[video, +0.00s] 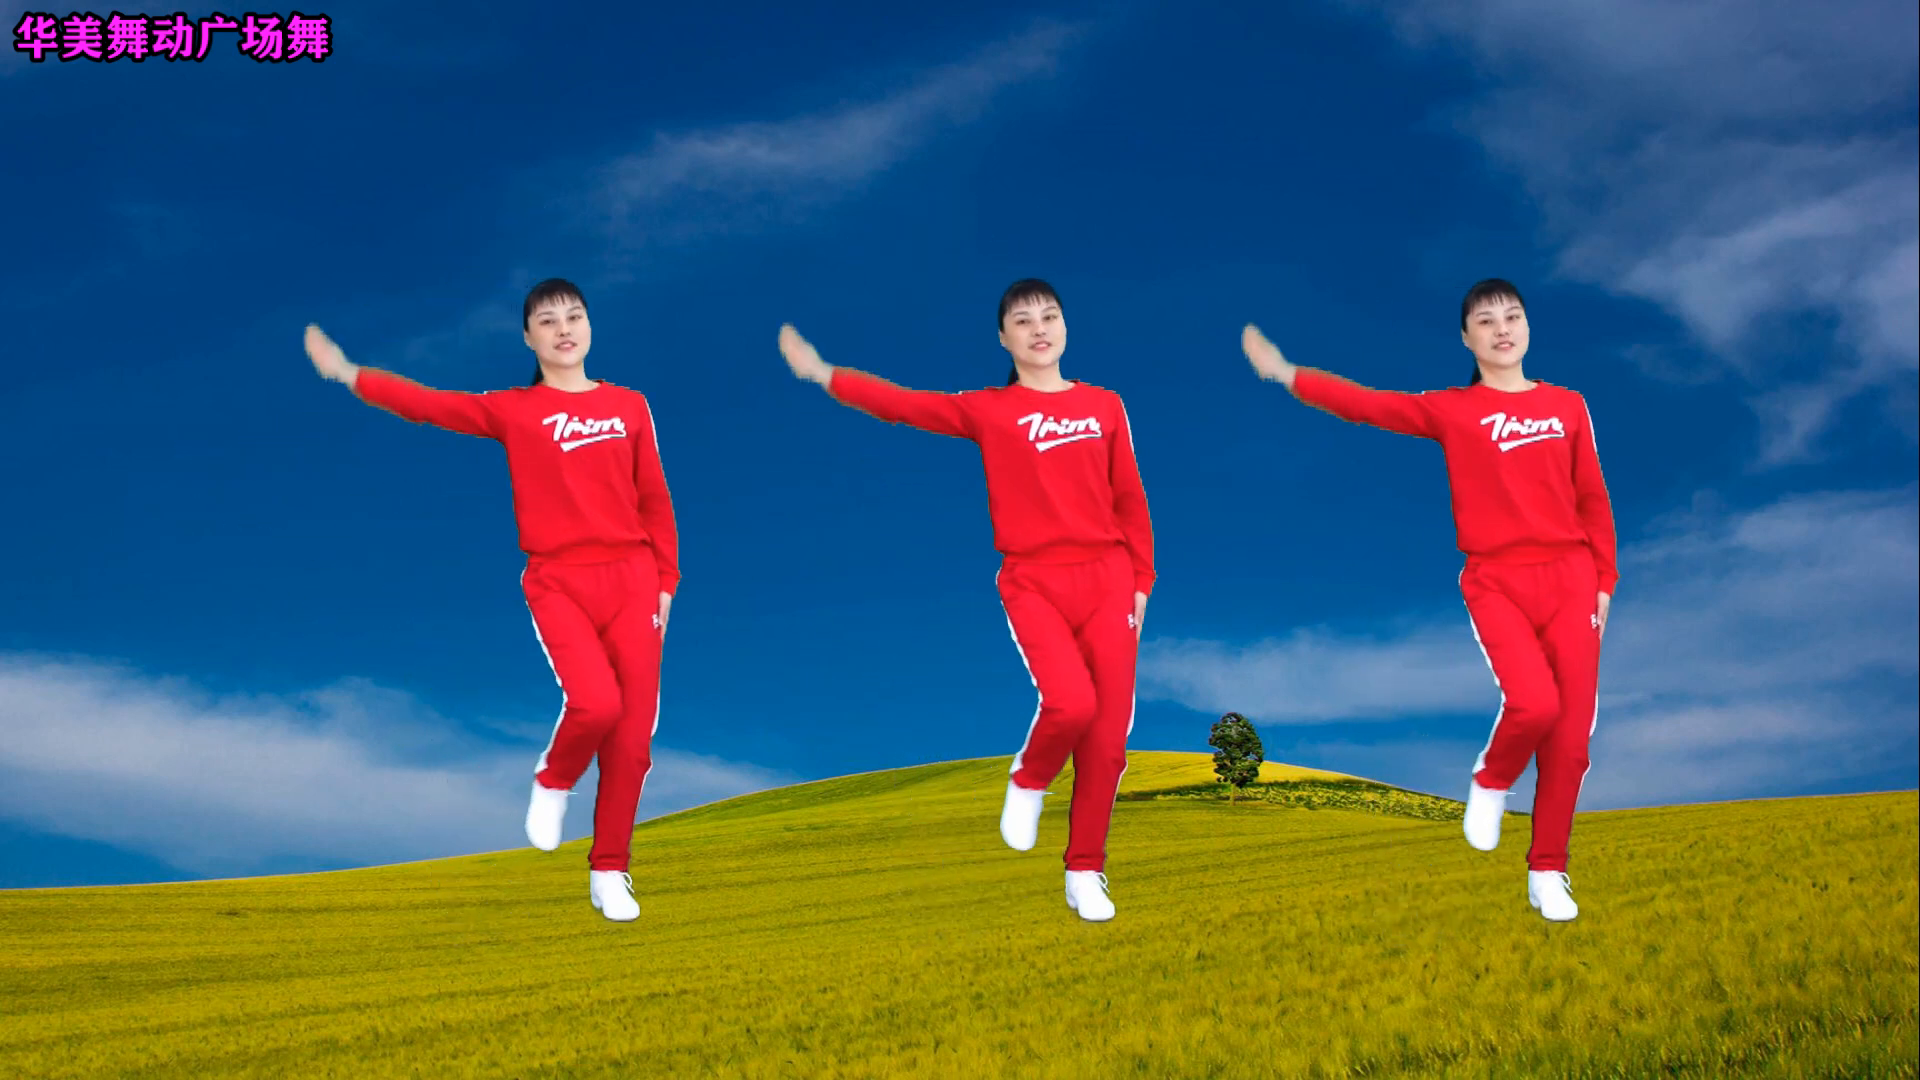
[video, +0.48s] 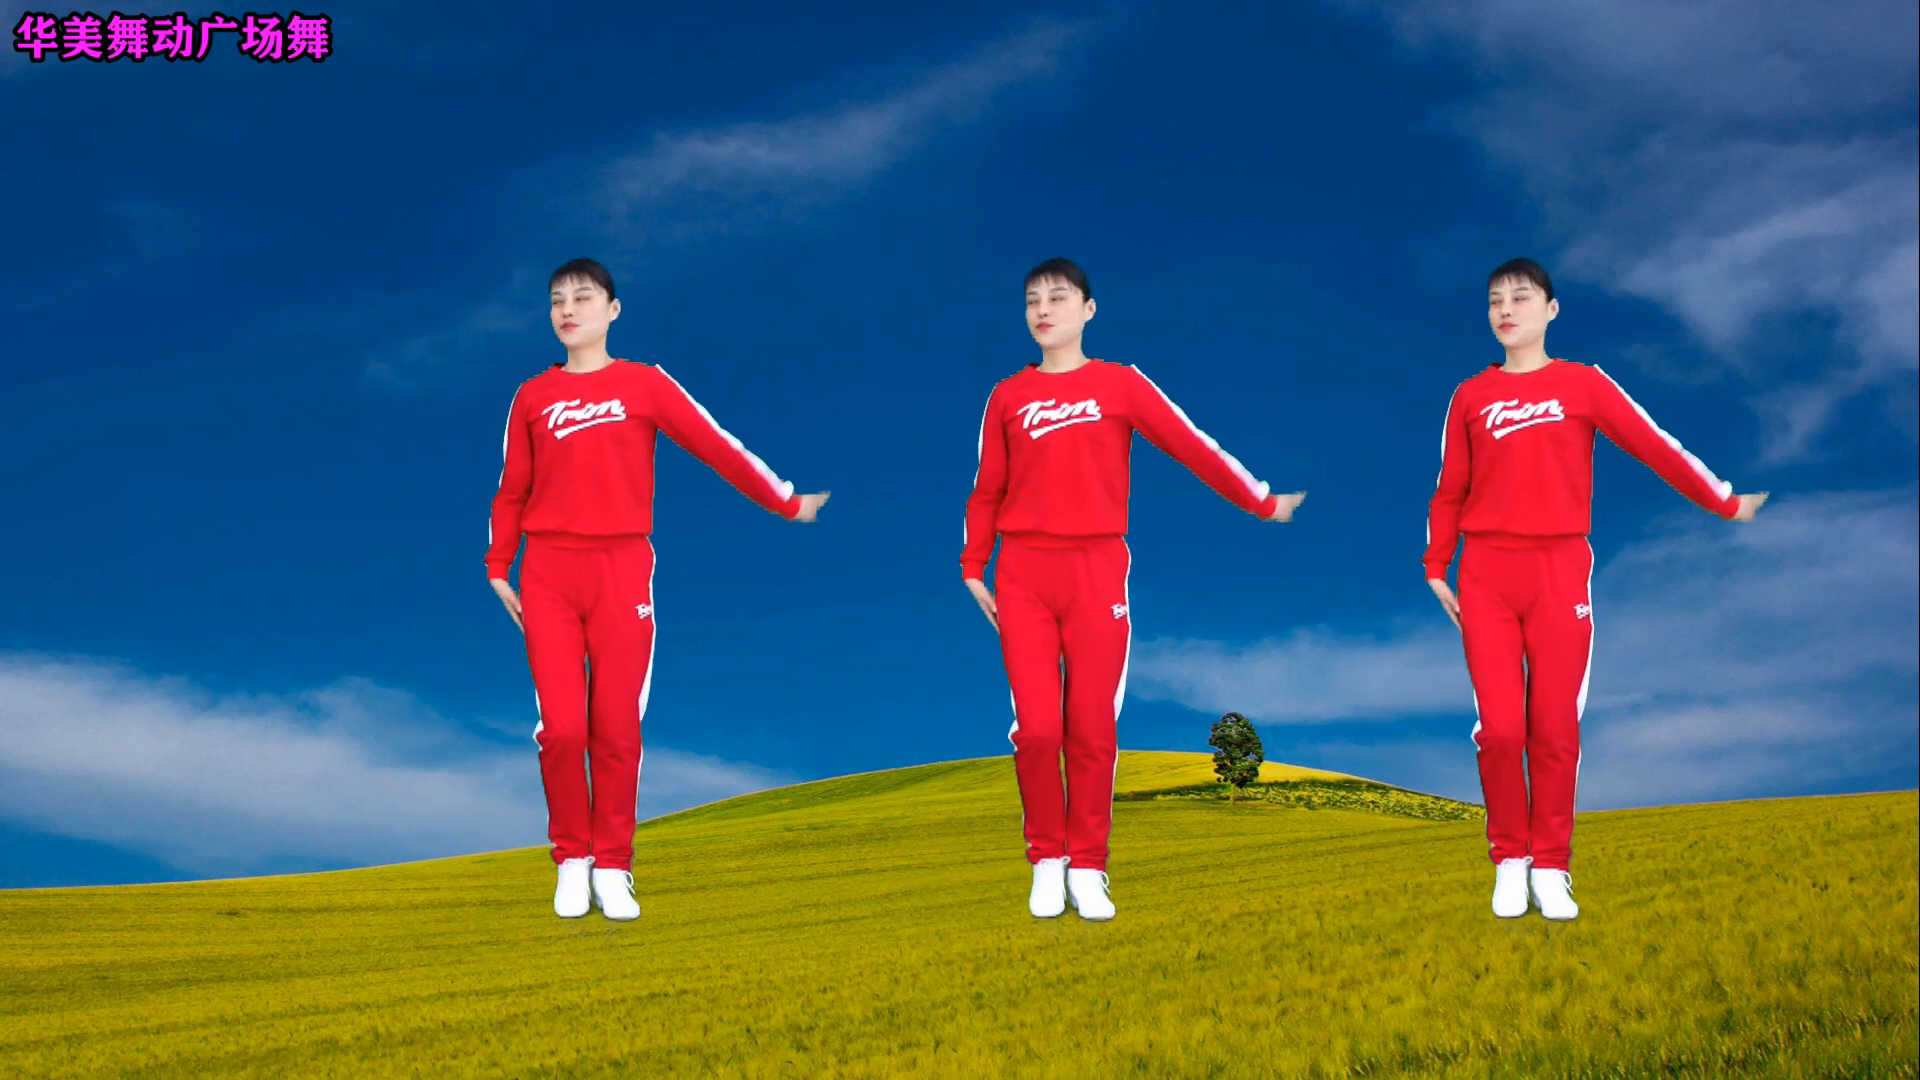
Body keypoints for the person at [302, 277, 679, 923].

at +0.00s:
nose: (564, 328)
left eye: (573, 317)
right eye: (549, 321)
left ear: (589, 328)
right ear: (530, 337)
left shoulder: (629, 404)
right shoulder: (512, 408)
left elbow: (656, 499)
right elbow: (425, 403)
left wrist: (667, 579)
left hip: (633, 573)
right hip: (557, 578)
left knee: (636, 728)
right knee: (598, 706)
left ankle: (610, 868)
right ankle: (553, 784)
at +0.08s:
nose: (568, 324)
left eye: (578, 313)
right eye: (554, 316)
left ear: (596, 324)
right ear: (537, 332)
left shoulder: (637, 398)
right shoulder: (516, 407)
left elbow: (666, 489)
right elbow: (435, 437)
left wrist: (684, 568)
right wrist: (351, 458)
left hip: (638, 569)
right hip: (561, 575)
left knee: (639, 727)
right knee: (598, 706)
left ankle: (611, 867)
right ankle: (574, 792)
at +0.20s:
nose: (573, 305)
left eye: (584, 294)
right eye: (560, 297)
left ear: (604, 305)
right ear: (544, 313)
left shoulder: (641, 375)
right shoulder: (527, 391)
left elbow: (691, 451)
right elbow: (479, 468)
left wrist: (730, 525)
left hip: (637, 559)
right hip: (561, 563)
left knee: (632, 720)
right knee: (584, 716)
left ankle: (619, 863)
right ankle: (578, 827)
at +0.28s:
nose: (577, 303)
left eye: (589, 292)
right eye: (563, 295)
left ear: (608, 304)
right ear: (548, 311)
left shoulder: (644, 371)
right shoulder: (530, 390)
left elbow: (710, 438)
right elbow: (507, 480)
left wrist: (769, 503)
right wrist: (479, 563)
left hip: (633, 559)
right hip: (557, 562)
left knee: (626, 723)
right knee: (572, 721)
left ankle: (619, 865)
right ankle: (576, 852)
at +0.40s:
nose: (578, 309)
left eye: (590, 298)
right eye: (566, 301)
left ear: (612, 310)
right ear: (553, 316)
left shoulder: (648, 381)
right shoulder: (532, 399)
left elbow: (724, 435)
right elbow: (518, 494)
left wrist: (802, 481)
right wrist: (510, 573)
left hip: (625, 568)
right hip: (546, 568)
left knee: (619, 731)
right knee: (564, 732)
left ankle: (614, 869)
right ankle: (573, 866)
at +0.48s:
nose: (567, 310)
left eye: (581, 299)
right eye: (559, 303)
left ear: (612, 309)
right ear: (551, 318)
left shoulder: (645, 382)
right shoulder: (532, 396)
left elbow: (716, 445)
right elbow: (512, 488)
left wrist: (787, 501)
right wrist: (498, 565)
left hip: (622, 567)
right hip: (545, 568)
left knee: (617, 725)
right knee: (562, 726)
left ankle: (613, 866)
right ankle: (571, 858)